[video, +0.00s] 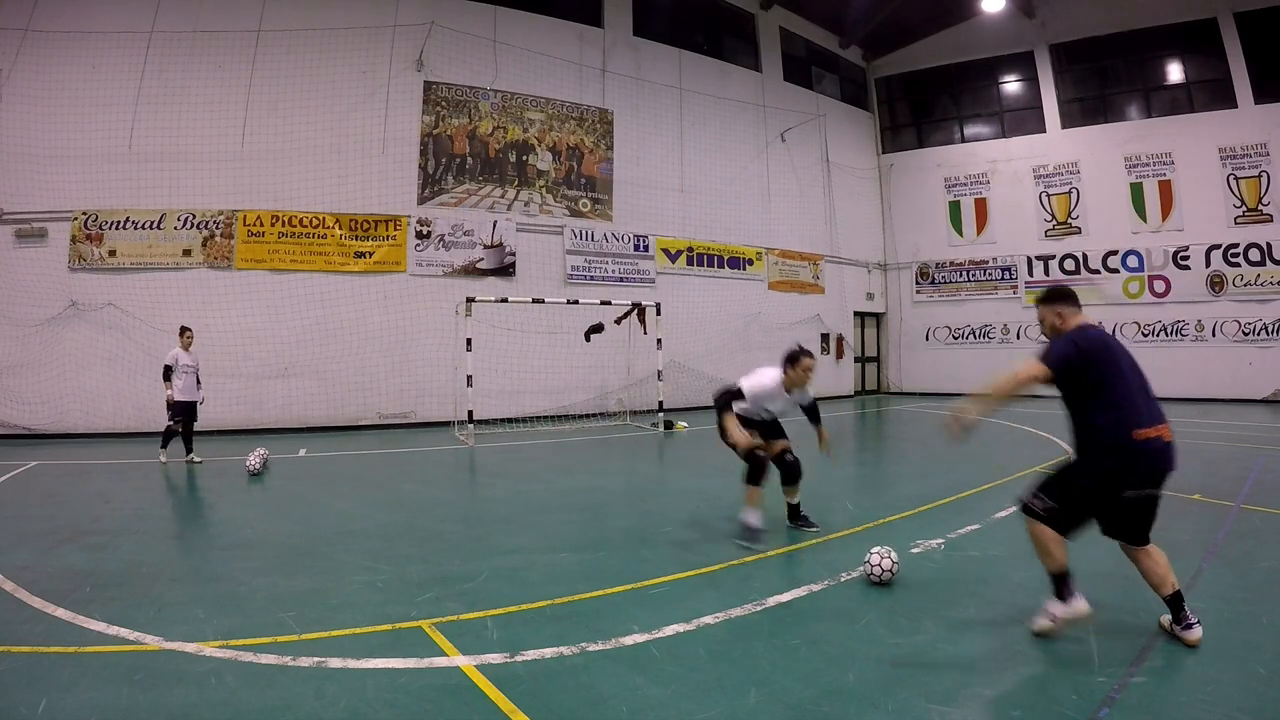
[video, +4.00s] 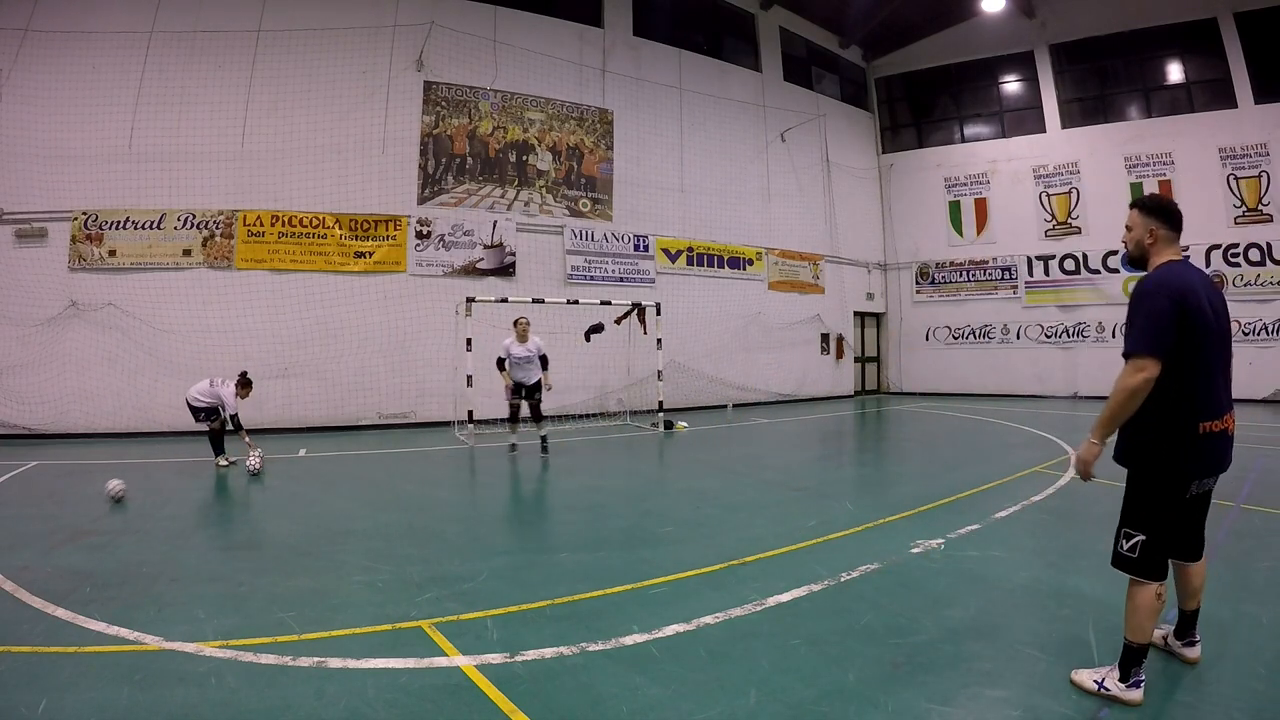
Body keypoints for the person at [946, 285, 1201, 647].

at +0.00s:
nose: (1042, 330)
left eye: (1043, 322)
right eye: (1040, 324)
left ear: (1057, 316)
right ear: (1076, 312)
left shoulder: (1070, 344)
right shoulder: (1105, 341)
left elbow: (1022, 378)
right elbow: (1122, 401)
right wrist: (1091, 450)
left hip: (1111, 456)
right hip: (1155, 452)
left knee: (1040, 514)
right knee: (1133, 537)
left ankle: (1066, 599)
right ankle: (1184, 620)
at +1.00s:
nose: (957, 268)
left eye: (959, 261)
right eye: (958, 260)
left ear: (972, 261)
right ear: (1003, 261)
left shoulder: (970, 309)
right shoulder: (1036, 307)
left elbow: (954, 380)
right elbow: (1065, 380)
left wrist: (919, 441)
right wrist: (1056, 437)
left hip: (993, 452)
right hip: (1041, 451)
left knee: (947, 542)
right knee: (983, 544)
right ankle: (976, 631)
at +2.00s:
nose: (1114, 221)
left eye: (1123, 211)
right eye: (1115, 211)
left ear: (1157, 216)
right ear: (1158, 219)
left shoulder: (1170, 279)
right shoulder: (1181, 274)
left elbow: (1190, 375)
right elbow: (1192, 378)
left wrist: (1149, 469)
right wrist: (1152, 462)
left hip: (1168, 473)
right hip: (1197, 467)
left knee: (1128, 595)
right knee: (1194, 576)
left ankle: (1089, 706)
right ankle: (1219, 686)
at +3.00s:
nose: (1189, 222)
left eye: (1197, 211)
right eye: (1191, 211)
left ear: (1226, 216)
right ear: (1237, 218)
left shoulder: (1234, 273)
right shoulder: (1264, 270)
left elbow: (1227, 366)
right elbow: (1256, 369)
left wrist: (1179, 442)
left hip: (1221, 455)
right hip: (1261, 454)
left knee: (1166, 570)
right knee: (1248, 578)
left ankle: (1138, 690)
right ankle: (1228, 692)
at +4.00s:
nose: (1123, 239)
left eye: (1129, 230)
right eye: (1125, 230)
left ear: (1152, 234)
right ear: (1169, 235)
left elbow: (1142, 373)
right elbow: (1214, 362)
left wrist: (1096, 438)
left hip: (1165, 449)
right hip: (1207, 444)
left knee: (1145, 565)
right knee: (1188, 545)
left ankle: (1127, 676)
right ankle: (1185, 636)